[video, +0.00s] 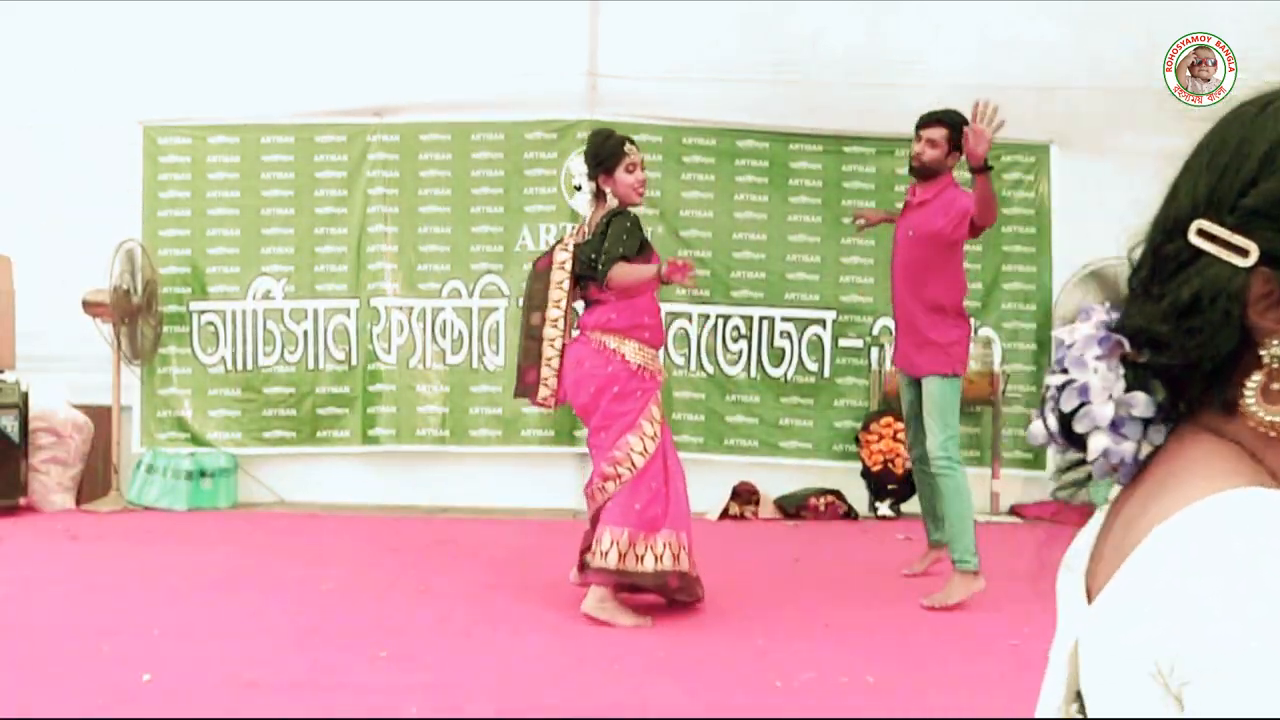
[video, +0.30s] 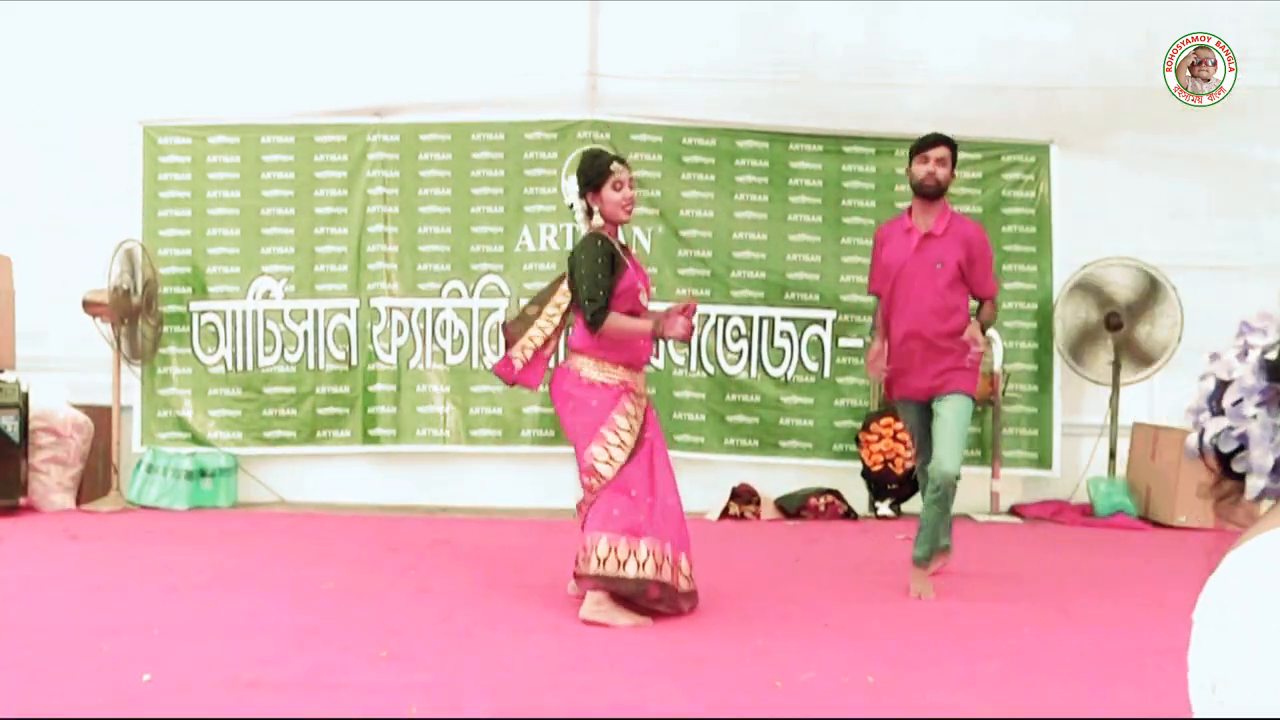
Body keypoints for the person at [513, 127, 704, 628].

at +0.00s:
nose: (641, 177)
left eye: (641, 167)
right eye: (631, 169)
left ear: (615, 177)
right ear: (605, 179)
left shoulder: (594, 227)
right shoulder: (622, 222)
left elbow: (584, 283)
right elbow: (613, 275)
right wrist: (661, 272)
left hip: (602, 363)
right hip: (620, 367)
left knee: (625, 468)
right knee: (637, 470)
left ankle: (608, 579)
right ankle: (602, 592)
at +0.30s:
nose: (628, 194)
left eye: (630, 184)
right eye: (617, 186)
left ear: (632, 189)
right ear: (592, 197)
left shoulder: (618, 247)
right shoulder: (594, 247)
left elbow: (625, 313)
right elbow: (596, 318)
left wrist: (664, 320)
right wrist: (658, 326)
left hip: (617, 381)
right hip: (594, 382)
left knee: (633, 478)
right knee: (621, 480)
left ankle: (611, 587)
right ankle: (599, 596)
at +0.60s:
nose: (601, 188)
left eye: (607, 179)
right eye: (590, 179)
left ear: (614, 186)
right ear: (568, 186)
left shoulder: (627, 237)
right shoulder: (549, 240)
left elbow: (641, 294)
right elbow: (536, 304)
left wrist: (606, 273)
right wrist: (580, 282)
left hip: (614, 362)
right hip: (561, 364)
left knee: (612, 454)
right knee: (558, 456)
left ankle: (610, 559)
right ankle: (544, 546)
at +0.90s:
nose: (584, 187)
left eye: (591, 179)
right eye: (574, 178)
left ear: (600, 188)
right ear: (555, 187)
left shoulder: (619, 241)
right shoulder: (539, 243)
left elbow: (648, 295)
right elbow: (506, 298)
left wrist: (667, 284)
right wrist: (460, 292)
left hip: (607, 365)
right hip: (554, 366)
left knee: (602, 458)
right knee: (555, 458)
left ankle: (604, 564)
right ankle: (556, 562)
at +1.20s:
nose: (605, 207)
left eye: (611, 197)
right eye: (594, 199)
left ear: (620, 202)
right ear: (575, 210)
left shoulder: (635, 258)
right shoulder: (567, 261)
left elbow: (645, 323)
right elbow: (549, 327)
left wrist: (666, 313)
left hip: (629, 384)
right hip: (580, 385)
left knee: (630, 475)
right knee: (588, 476)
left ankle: (610, 568)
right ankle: (548, 547)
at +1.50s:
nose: (630, 182)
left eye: (633, 172)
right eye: (618, 176)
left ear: (639, 175)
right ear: (597, 188)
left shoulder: (638, 234)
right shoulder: (600, 232)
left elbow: (668, 294)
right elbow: (627, 289)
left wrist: (663, 257)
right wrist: (672, 258)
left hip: (636, 359)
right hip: (605, 360)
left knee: (626, 458)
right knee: (635, 458)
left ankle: (594, 556)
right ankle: (625, 580)